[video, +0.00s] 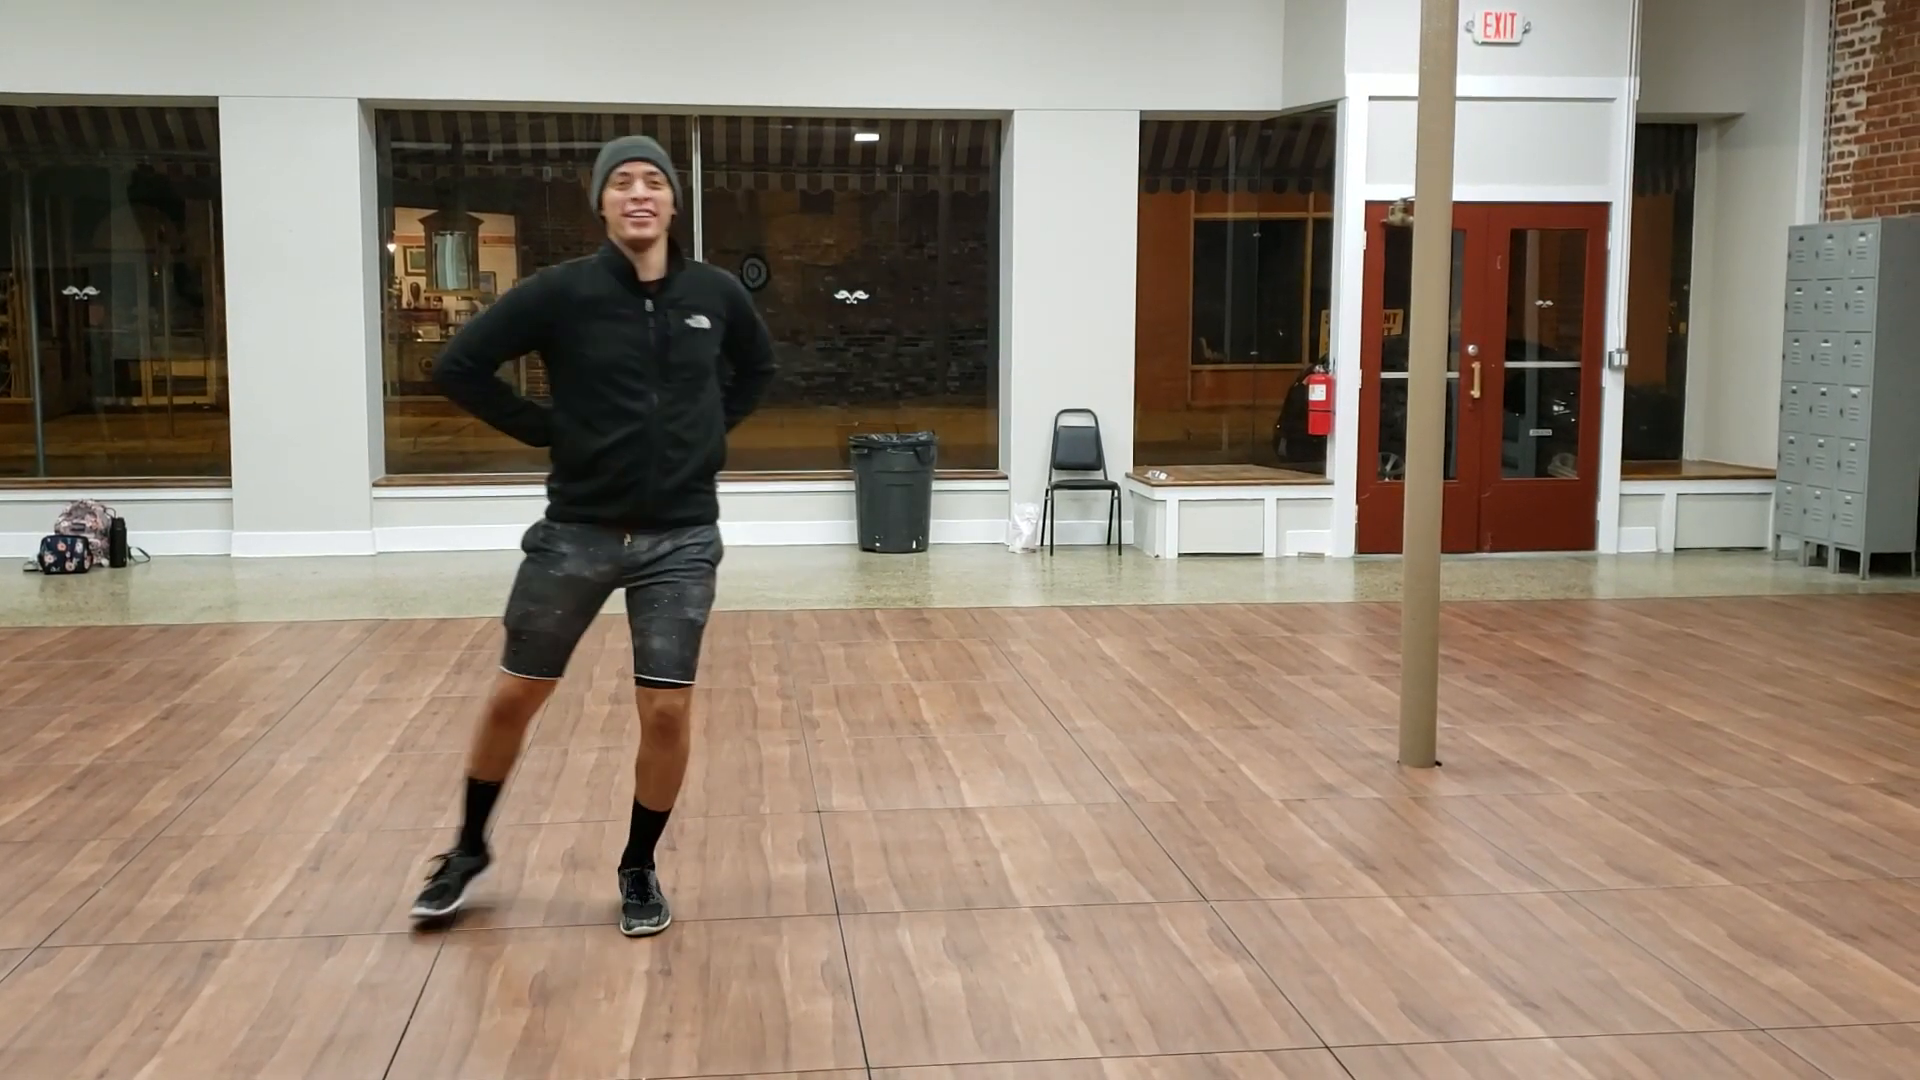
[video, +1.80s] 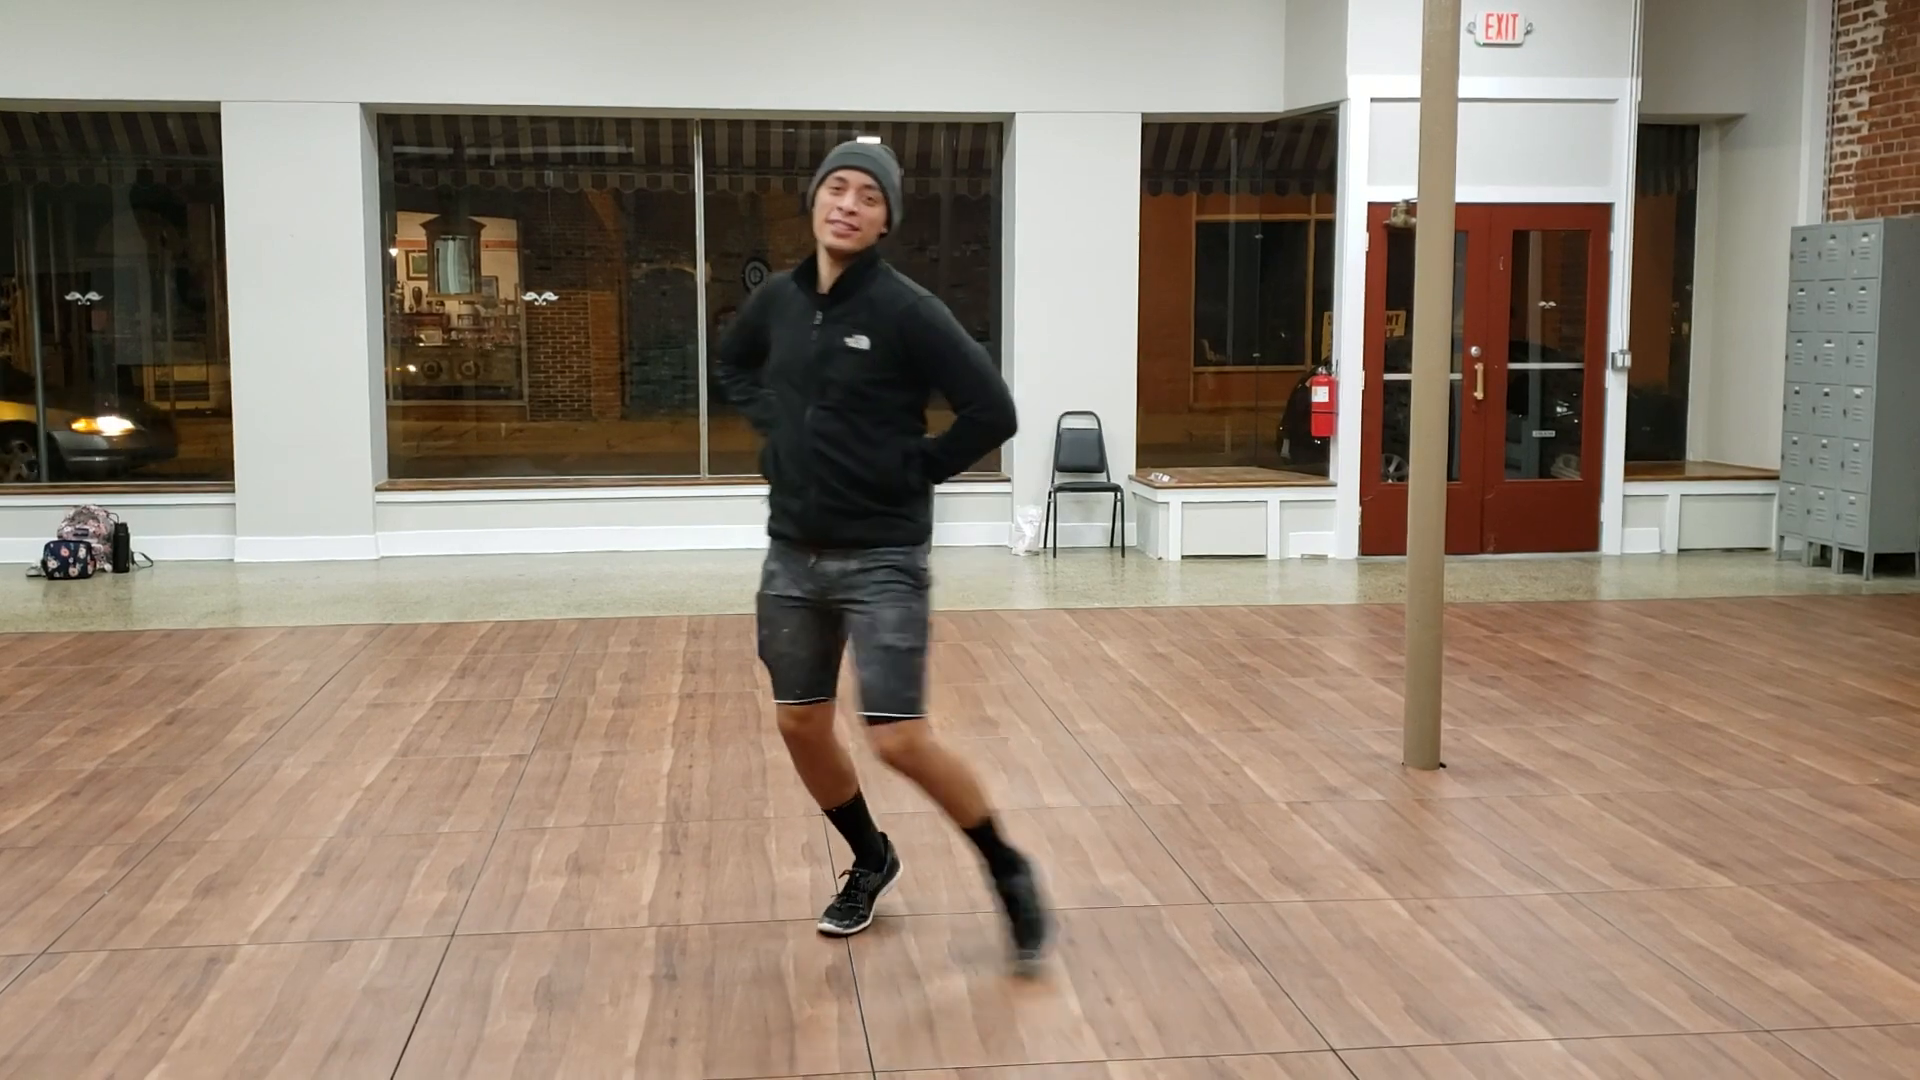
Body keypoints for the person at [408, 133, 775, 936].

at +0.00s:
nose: (639, 195)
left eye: (652, 184)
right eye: (623, 186)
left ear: (675, 203)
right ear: (601, 208)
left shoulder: (717, 293)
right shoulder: (558, 293)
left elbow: (757, 371)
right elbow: (457, 368)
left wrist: (704, 429)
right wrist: (545, 428)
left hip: (680, 535)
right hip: (575, 532)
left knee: (666, 708)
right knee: (515, 692)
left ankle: (639, 868)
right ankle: (468, 847)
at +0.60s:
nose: (671, 205)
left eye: (682, 194)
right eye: (653, 195)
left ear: (698, 214)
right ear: (625, 218)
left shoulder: (754, 291)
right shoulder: (593, 315)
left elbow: (832, 362)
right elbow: (509, 409)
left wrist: (770, 434)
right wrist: (608, 452)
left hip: (753, 539)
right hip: (651, 541)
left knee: (748, 713)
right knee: (615, 715)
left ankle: (722, 856)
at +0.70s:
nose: (705, 209)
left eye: (718, 198)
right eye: (688, 197)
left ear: (735, 220)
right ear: (660, 220)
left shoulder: (784, 299)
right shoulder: (627, 316)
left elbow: (865, 373)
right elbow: (543, 406)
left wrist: (799, 440)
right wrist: (641, 457)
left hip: (779, 546)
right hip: (682, 546)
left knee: (760, 723)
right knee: (688, 716)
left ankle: (724, 857)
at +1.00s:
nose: (790, 232)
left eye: (803, 219)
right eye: (773, 218)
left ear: (819, 236)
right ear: (742, 237)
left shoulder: (869, 316)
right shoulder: (706, 341)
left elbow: (960, 399)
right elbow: (648, 429)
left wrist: (890, 468)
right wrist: (735, 472)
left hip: (878, 568)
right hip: (777, 571)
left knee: (898, 745)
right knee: (814, 746)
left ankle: (813, 824)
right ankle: (874, 916)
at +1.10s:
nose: (822, 214)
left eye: (837, 203)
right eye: (806, 200)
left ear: (852, 222)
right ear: (774, 216)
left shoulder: (898, 304)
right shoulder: (733, 322)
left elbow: (985, 391)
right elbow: (679, 405)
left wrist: (917, 463)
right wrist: (760, 456)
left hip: (904, 554)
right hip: (799, 560)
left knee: (951, 726)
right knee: (823, 736)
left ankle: (921, 851)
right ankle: (873, 915)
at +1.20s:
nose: (855, 200)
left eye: (869, 190)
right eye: (840, 186)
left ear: (883, 210)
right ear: (807, 201)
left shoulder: (922, 295)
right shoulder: (763, 305)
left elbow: (1013, 388)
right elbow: (720, 386)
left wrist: (937, 453)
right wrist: (788, 441)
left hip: (925, 545)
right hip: (820, 552)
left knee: (990, 721)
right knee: (840, 732)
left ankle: (1032, 885)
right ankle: (876, 916)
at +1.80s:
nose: (848, 205)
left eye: (867, 198)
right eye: (838, 189)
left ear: (886, 221)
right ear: (812, 201)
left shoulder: (907, 310)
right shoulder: (775, 298)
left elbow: (995, 414)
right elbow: (729, 364)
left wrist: (913, 466)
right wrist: (775, 423)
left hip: (883, 557)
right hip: (793, 553)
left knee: (894, 735)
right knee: (799, 720)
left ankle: (1006, 868)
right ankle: (870, 857)